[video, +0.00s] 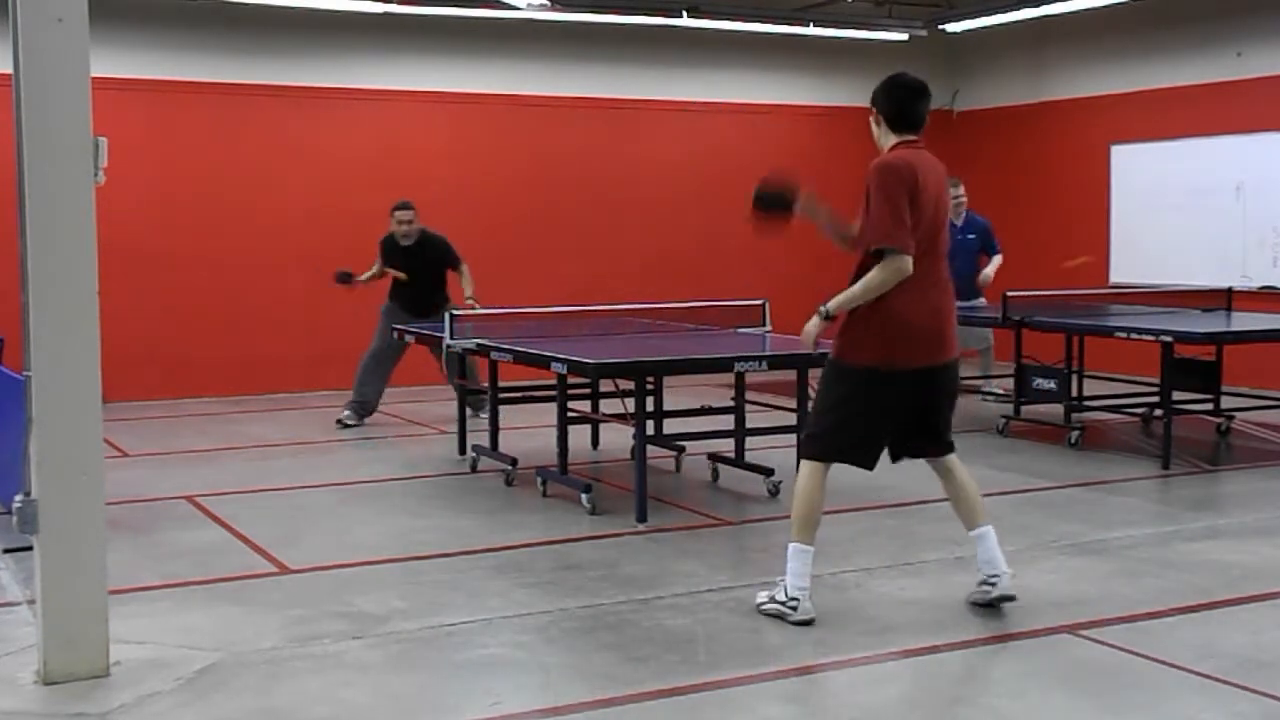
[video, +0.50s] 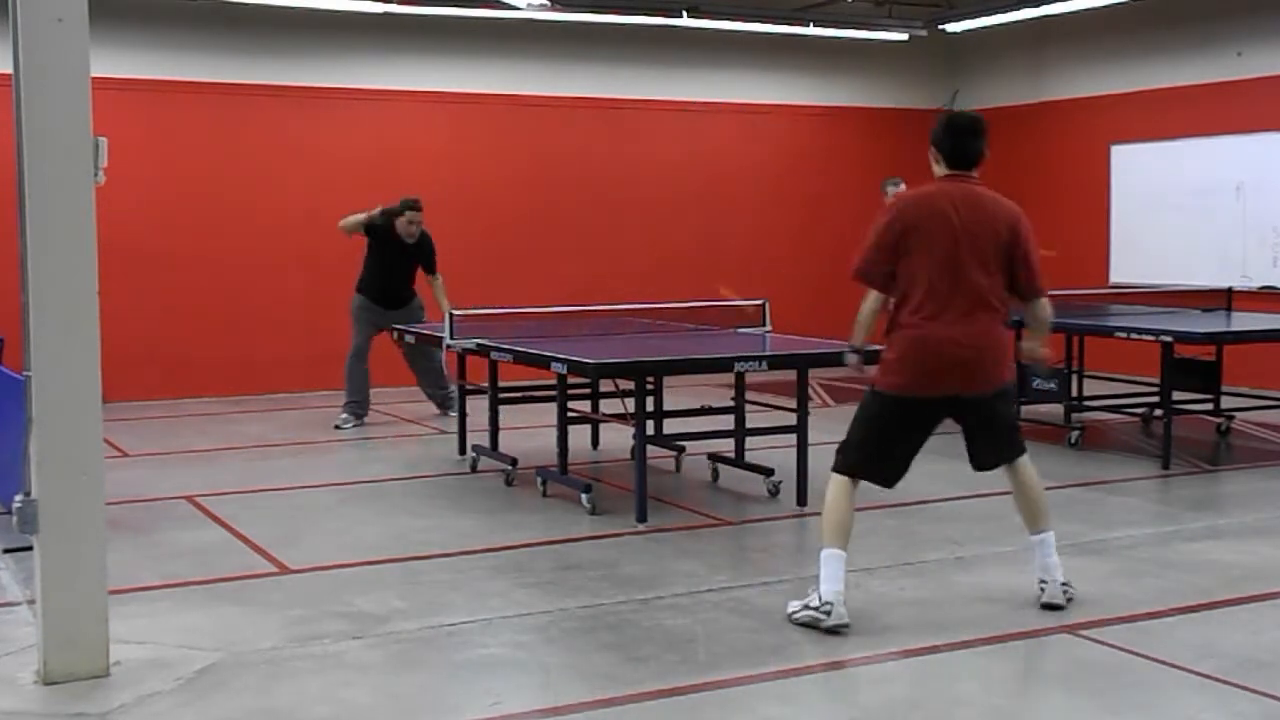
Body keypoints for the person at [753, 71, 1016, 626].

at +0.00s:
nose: (867, 123)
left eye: (868, 115)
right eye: (873, 115)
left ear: (875, 118)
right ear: (923, 119)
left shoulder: (889, 169)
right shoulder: (935, 170)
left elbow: (898, 262)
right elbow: (875, 243)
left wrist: (830, 309)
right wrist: (815, 212)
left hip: (874, 349)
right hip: (935, 346)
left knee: (815, 456)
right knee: (942, 451)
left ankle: (794, 590)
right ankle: (995, 572)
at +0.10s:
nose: (873, 129)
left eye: (872, 121)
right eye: (875, 121)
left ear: (880, 123)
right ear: (926, 124)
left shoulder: (892, 175)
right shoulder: (944, 177)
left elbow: (896, 267)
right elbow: (915, 260)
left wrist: (831, 321)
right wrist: (813, 279)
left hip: (879, 354)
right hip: (943, 352)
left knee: (816, 459)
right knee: (957, 456)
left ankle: (794, 591)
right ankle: (1015, 578)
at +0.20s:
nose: (883, 131)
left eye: (883, 124)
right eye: (886, 123)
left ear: (891, 126)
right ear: (936, 127)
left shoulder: (896, 177)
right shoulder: (960, 178)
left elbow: (895, 266)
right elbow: (979, 254)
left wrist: (833, 324)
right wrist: (882, 284)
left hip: (898, 351)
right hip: (961, 350)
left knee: (832, 458)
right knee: (970, 458)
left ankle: (797, 591)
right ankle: (1023, 576)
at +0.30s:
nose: (894, 134)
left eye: (895, 127)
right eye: (898, 126)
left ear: (903, 129)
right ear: (948, 129)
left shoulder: (898, 180)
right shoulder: (978, 184)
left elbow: (885, 265)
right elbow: (984, 271)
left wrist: (829, 326)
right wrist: (890, 267)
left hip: (903, 354)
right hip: (971, 353)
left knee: (840, 458)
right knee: (979, 461)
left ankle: (819, 591)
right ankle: (1023, 576)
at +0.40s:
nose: (907, 143)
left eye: (909, 136)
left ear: (915, 141)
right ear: (962, 143)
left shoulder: (895, 192)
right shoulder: (990, 199)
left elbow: (871, 274)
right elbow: (1013, 299)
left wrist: (832, 334)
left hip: (900, 361)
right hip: (972, 361)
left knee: (846, 471)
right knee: (996, 459)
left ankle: (830, 601)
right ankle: (1032, 581)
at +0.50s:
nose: (928, 156)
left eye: (929, 149)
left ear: (934, 155)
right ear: (982, 157)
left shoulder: (905, 209)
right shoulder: (1005, 214)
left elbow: (875, 298)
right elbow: (1038, 304)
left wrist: (856, 347)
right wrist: (1035, 346)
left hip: (910, 369)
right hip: (987, 370)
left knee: (845, 471)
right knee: (1017, 461)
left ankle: (828, 598)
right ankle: (1052, 578)